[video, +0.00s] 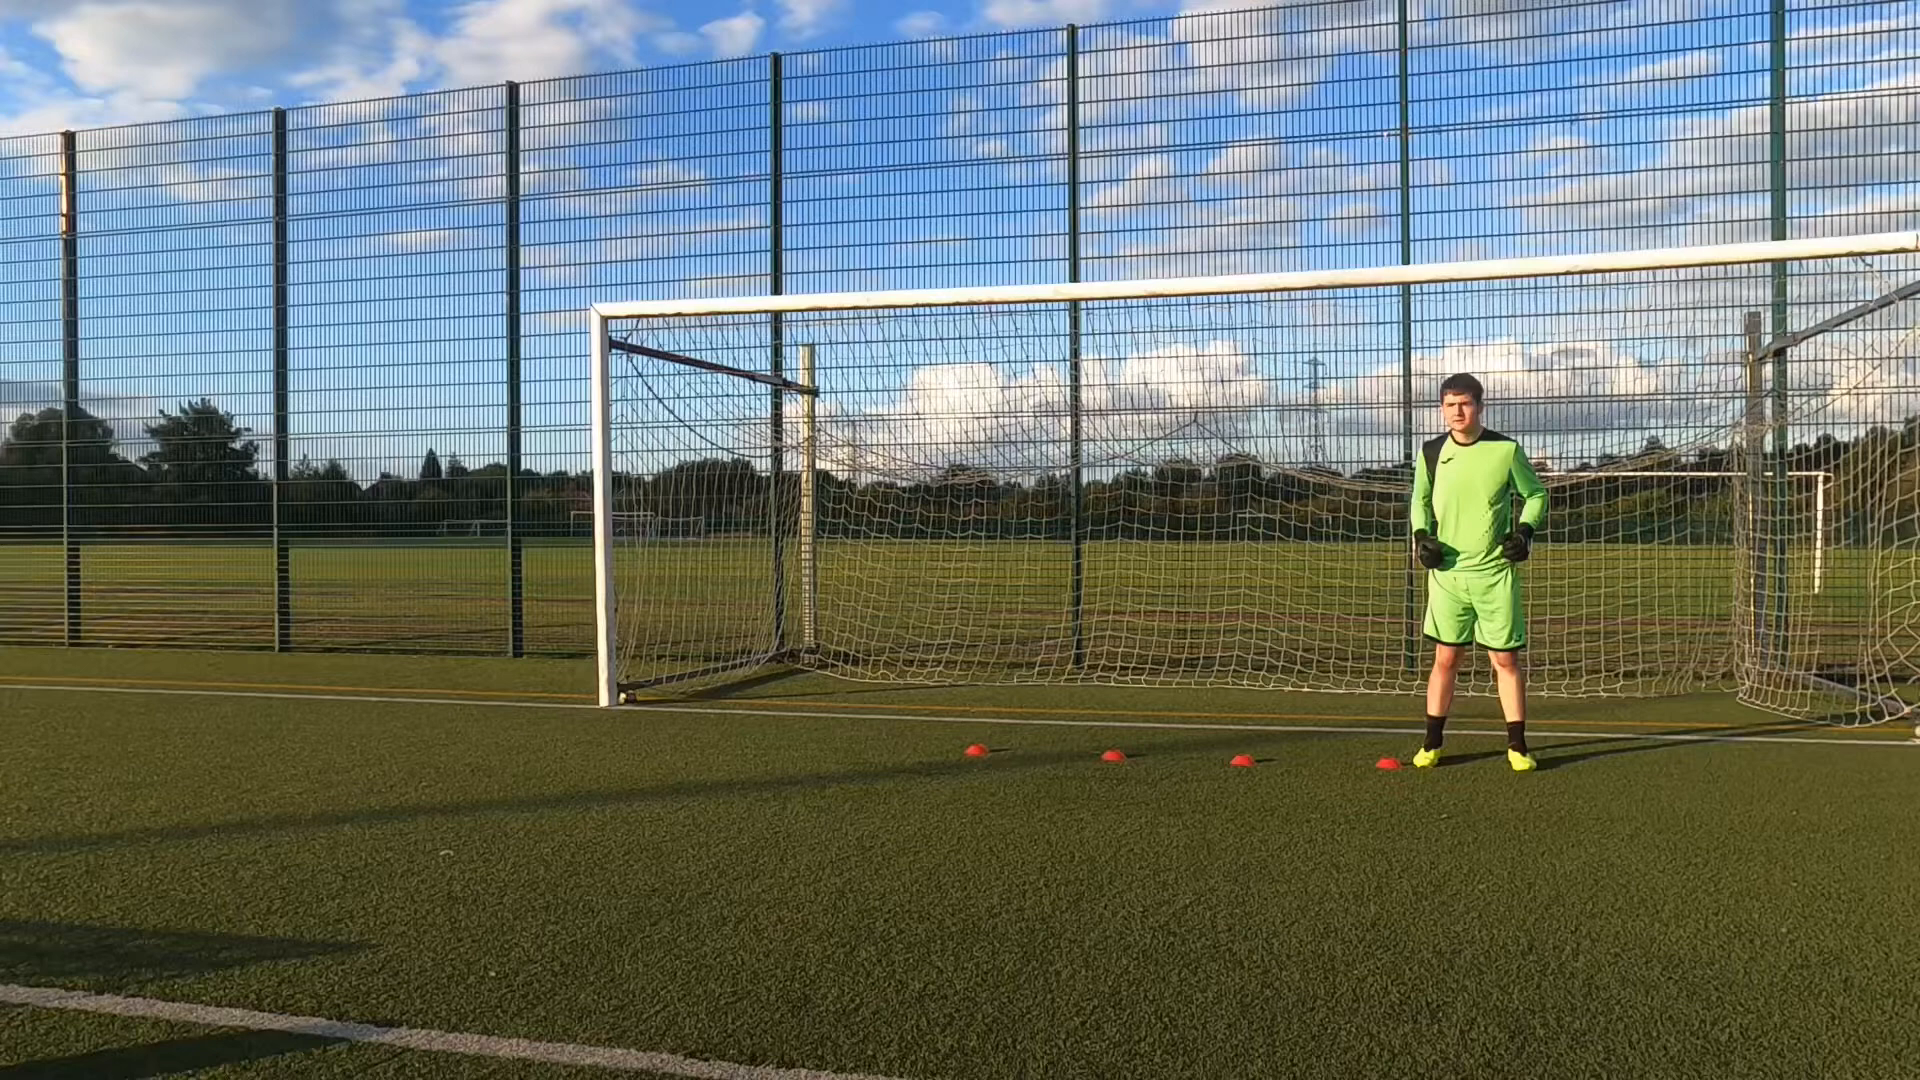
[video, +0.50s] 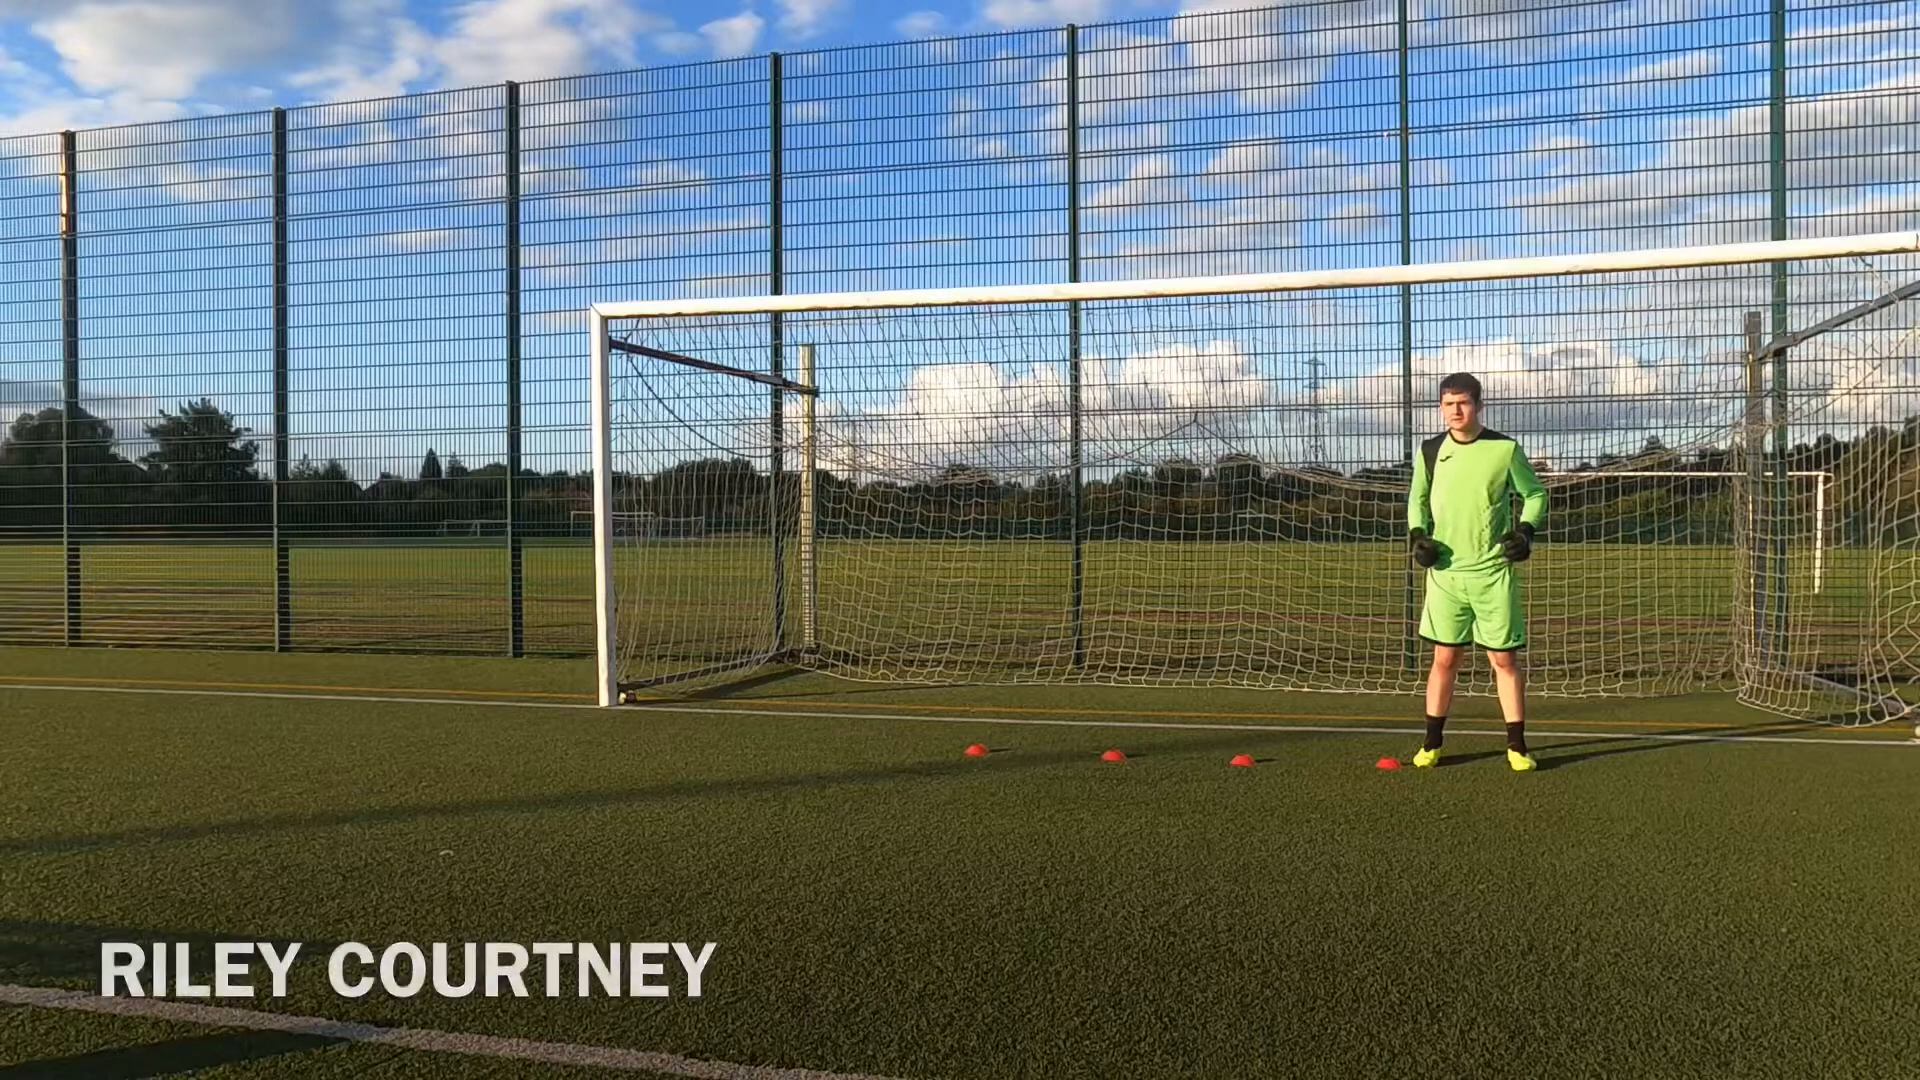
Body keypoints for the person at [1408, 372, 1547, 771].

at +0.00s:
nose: (1457, 412)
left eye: (1465, 404)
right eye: (1450, 405)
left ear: (1480, 407)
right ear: (1441, 410)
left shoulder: (1507, 451)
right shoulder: (1429, 454)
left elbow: (1536, 494)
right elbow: (1420, 501)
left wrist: (1524, 530)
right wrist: (1421, 536)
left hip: (1495, 573)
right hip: (1446, 575)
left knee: (1505, 660)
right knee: (1445, 658)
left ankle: (1517, 746)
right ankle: (1432, 744)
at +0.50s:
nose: (1455, 411)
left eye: (1462, 403)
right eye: (1448, 404)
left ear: (1479, 406)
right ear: (1440, 409)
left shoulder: (1506, 450)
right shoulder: (1428, 453)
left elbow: (1536, 494)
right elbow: (1418, 500)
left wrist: (1525, 530)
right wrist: (1418, 535)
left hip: (1494, 574)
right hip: (1444, 575)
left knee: (1504, 660)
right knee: (1444, 658)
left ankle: (1516, 746)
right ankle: (1432, 743)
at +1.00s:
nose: (1439, 439)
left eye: (1445, 431)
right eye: (1433, 432)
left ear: (1464, 422)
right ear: (1428, 428)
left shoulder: (1503, 456)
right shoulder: (1425, 458)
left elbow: (1533, 496)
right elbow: (1416, 502)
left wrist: (1516, 536)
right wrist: (1422, 535)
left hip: (1492, 577)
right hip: (1444, 577)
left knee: (1504, 662)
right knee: (1442, 658)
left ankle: (1516, 746)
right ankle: (1432, 743)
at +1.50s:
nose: (1354, 463)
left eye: (1360, 456)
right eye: (1349, 456)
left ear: (1378, 447)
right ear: (1343, 452)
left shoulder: (1416, 476)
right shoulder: (1339, 480)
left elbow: (1457, 498)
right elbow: (1315, 514)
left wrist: (1461, 540)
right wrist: (1313, 548)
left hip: (1410, 581)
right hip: (1366, 585)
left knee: (1431, 655)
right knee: (1375, 654)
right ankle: (1375, 753)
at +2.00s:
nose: (1170, 455)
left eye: (1173, 447)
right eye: (1166, 449)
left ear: (1193, 436)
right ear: (1169, 443)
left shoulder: (1240, 467)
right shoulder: (1177, 472)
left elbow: (1281, 501)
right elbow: (1176, 510)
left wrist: (1274, 548)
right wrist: (1166, 545)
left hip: (1237, 568)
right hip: (1201, 569)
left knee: (1208, 637)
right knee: (1181, 651)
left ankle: (1218, 721)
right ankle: (1221, 703)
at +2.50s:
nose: (1030, 438)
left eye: (1036, 432)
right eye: (1024, 432)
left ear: (1050, 435)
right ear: (1017, 438)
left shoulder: (1075, 485)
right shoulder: (1007, 483)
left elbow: (1103, 532)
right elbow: (999, 524)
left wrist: (1086, 559)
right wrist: (997, 541)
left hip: (1057, 593)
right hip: (1016, 584)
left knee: (1051, 670)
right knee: (987, 645)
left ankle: (1086, 722)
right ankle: (995, 686)